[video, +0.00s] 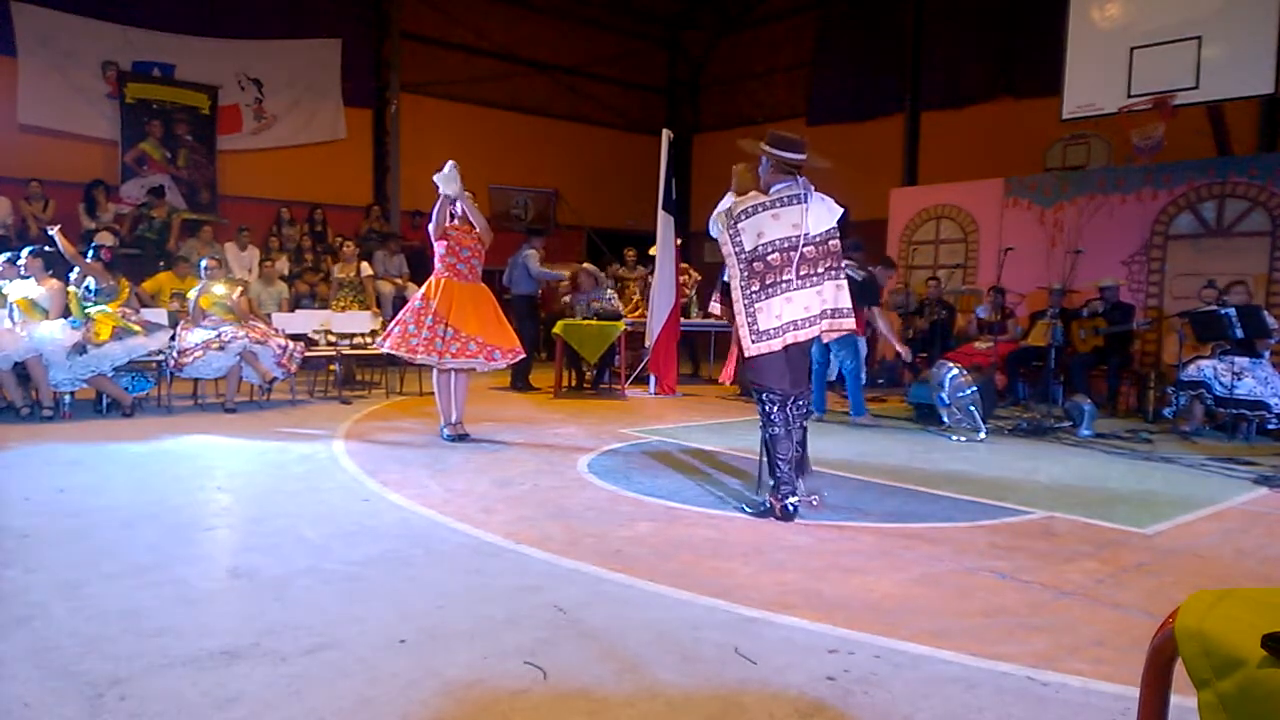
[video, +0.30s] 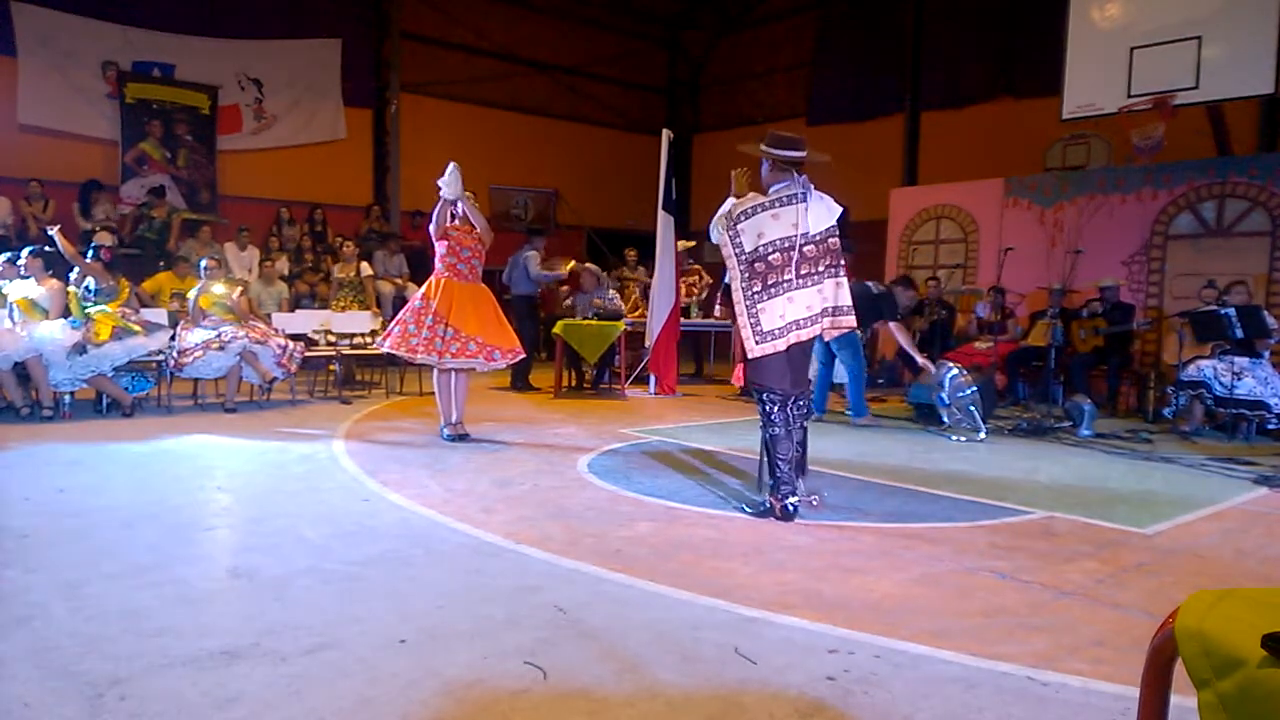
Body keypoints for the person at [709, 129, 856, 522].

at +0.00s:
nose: (759, 168)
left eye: (762, 163)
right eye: (764, 163)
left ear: (769, 167)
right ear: (800, 168)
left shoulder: (750, 210)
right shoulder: (823, 207)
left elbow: (717, 224)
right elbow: (833, 269)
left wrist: (732, 193)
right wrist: (829, 319)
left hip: (764, 320)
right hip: (805, 315)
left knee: (774, 404)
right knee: (798, 399)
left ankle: (784, 494)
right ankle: (794, 483)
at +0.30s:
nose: (760, 170)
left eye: (762, 164)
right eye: (763, 164)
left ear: (769, 167)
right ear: (800, 168)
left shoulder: (752, 211)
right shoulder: (823, 207)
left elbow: (717, 234)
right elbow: (833, 268)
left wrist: (734, 198)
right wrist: (832, 317)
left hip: (765, 319)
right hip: (807, 314)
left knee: (774, 404)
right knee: (798, 399)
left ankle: (783, 495)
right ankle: (795, 484)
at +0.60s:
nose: (760, 170)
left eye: (762, 164)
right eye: (763, 164)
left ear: (771, 165)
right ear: (800, 167)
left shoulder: (755, 211)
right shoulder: (823, 208)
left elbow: (719, 237)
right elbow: (833, 269)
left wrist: (730, 197)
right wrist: (833, 318)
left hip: (767, 321)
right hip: (808, 316)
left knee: (775, 405)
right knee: (798, 400)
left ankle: (782, 497)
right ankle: (795, 486)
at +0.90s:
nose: (762, 167)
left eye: (766, 163)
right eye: (766, 162)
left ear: (775, 167)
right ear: (802, 168)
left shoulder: (757, 211)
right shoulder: (828, 208)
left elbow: (721, 240)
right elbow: (835, 268)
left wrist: (730, 200)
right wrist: (833, 319)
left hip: (768, 320)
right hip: (810, 316)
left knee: (775, 406)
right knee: (799, 400)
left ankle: (783, 496)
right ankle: (795, 485)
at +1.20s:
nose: (763, 165)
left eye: (768, 161)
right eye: (767, 159)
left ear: (778, 166)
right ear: (804, 169)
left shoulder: (755, 209)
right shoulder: (826, 206)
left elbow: (717, 238)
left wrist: (731, 201)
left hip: (771, 319)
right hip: (812, 314)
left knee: (777, 405)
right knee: (799, 401)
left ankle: (782, 497)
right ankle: (795, 486)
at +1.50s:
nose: (769, 158)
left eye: (773, 155)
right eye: (773, 153)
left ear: (780, 163)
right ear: (810, 165)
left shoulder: (755, 205)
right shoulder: (827, 202)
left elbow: (719, 236)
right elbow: (838, 263)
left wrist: (734, 197)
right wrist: (839, 315)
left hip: (775, 318)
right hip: (818, 313)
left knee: (781, 405)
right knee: (803, 399)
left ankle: (781, 497)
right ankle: (809, 487)